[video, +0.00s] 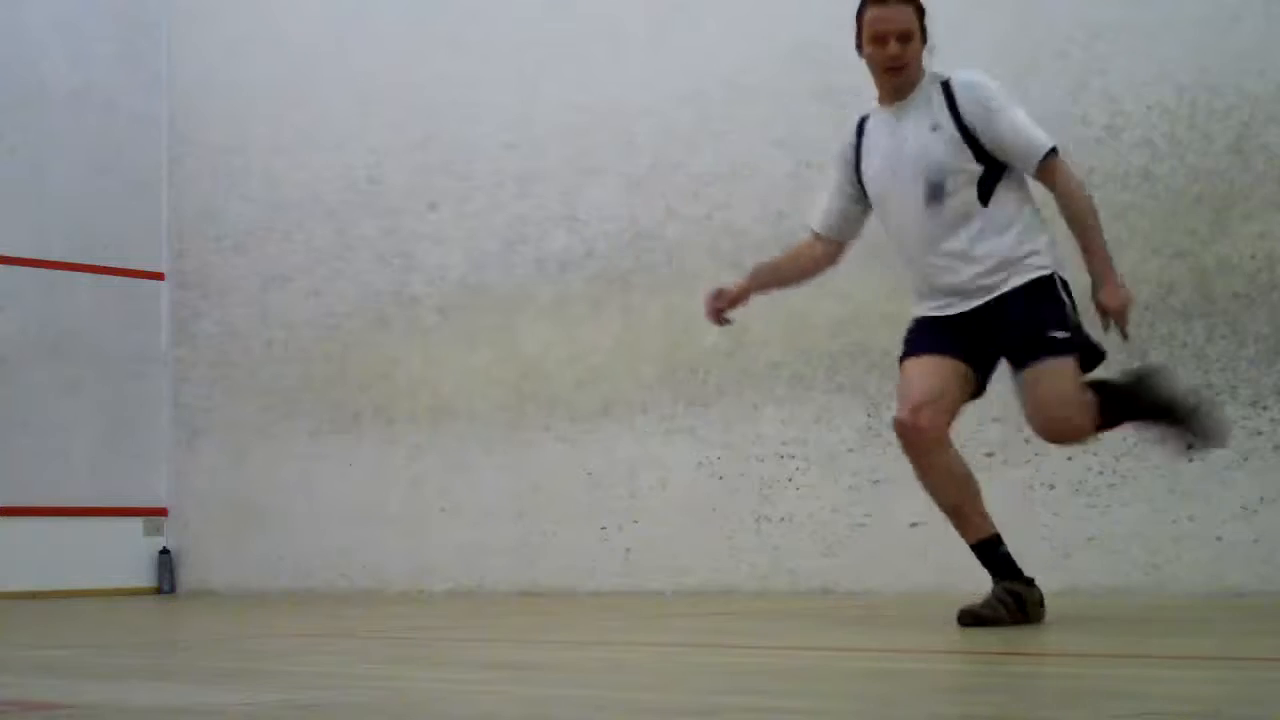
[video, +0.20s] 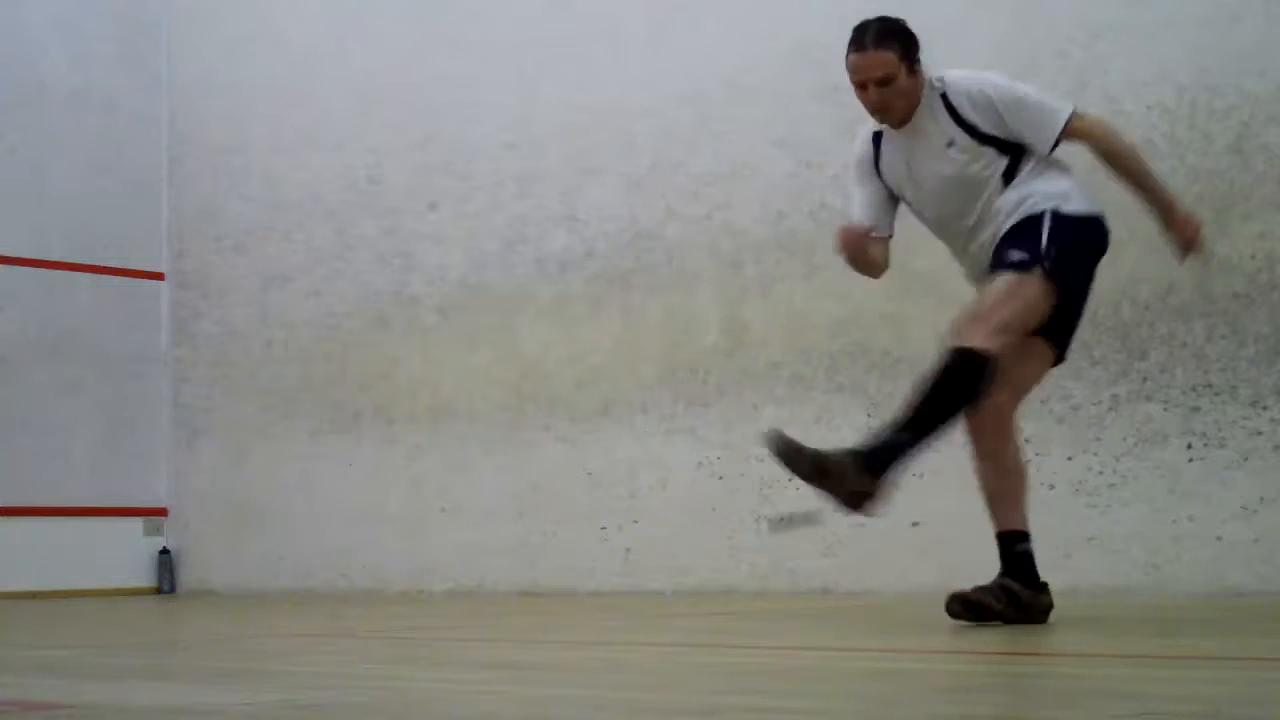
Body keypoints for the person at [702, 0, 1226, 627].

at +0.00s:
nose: (891, 52)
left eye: (903, 38)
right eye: (877, 40)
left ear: (924, 40)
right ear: (861, 47)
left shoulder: (967, 97)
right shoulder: (863, 140)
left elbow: (1060, 175)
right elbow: (824, 245)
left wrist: (1104, 277)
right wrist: (748, 284)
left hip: (1025, 286)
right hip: (945, 308)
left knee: (1058, 422)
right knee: (916, 423)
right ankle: (1011, 586)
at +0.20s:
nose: (872, 100)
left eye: (883, 84)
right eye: (860, 87)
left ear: (915, 71)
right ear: (850, 83)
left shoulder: (968, 95)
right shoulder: (875, 152)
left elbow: (1092, 132)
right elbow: (875, 262)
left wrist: (1170, 211)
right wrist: (856, 248)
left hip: (1054, 224)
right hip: (1011, 265)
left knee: (977, 336)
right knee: (989, 405)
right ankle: (1022, 581)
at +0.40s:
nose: (859, 80)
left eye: (863, 66)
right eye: (858, 66)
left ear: (896, 64)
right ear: (899, 65)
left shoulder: (968, 71)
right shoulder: (927, 144)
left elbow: (1097, 53)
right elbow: (912, 235)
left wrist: (1209, 82)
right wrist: (884, 210)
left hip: (1031, 233)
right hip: (1078, 246)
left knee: (907, 341)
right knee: (1022, 415)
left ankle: (912, 523)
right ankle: (1022, 581)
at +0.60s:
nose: (908, 89)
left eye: (911, 76)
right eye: (908, 76)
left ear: (933, 75)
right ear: (967, 74)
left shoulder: (949, 116)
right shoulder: (1019, 114)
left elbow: (1006, 150)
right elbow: (967, 241)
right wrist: (892, 256)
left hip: (1015, 271)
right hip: (1091, 270)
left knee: (990, 418)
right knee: (1038, 440)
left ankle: (1015, 576)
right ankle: (1016, 554)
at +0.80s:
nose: (956, 91)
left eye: (957, 82)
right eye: (955, 82)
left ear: (974, 77)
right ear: (1021, 73)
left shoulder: (972, 112)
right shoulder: (1079, 114)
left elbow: (933, 189)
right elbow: (1091, 198)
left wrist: (875, 274)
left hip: (1012, 268)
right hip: (1095, 269)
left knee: (1005, 420)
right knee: (1092, 416)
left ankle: (1014, 580)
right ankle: (1111, 524)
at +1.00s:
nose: (992, 66)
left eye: (995, 55)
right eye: (992, 55)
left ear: (1015, 52)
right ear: (1061, 48)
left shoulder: (1009, 88)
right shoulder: (1119, 90)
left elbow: (970, 166)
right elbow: (1197, 186)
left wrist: (914, 245)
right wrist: (1160, 252)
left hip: (1050, 252)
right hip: (1134, 251)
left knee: (1031, 416)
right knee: (1144, 420)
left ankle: (1017, 581)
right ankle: (1184, 573)